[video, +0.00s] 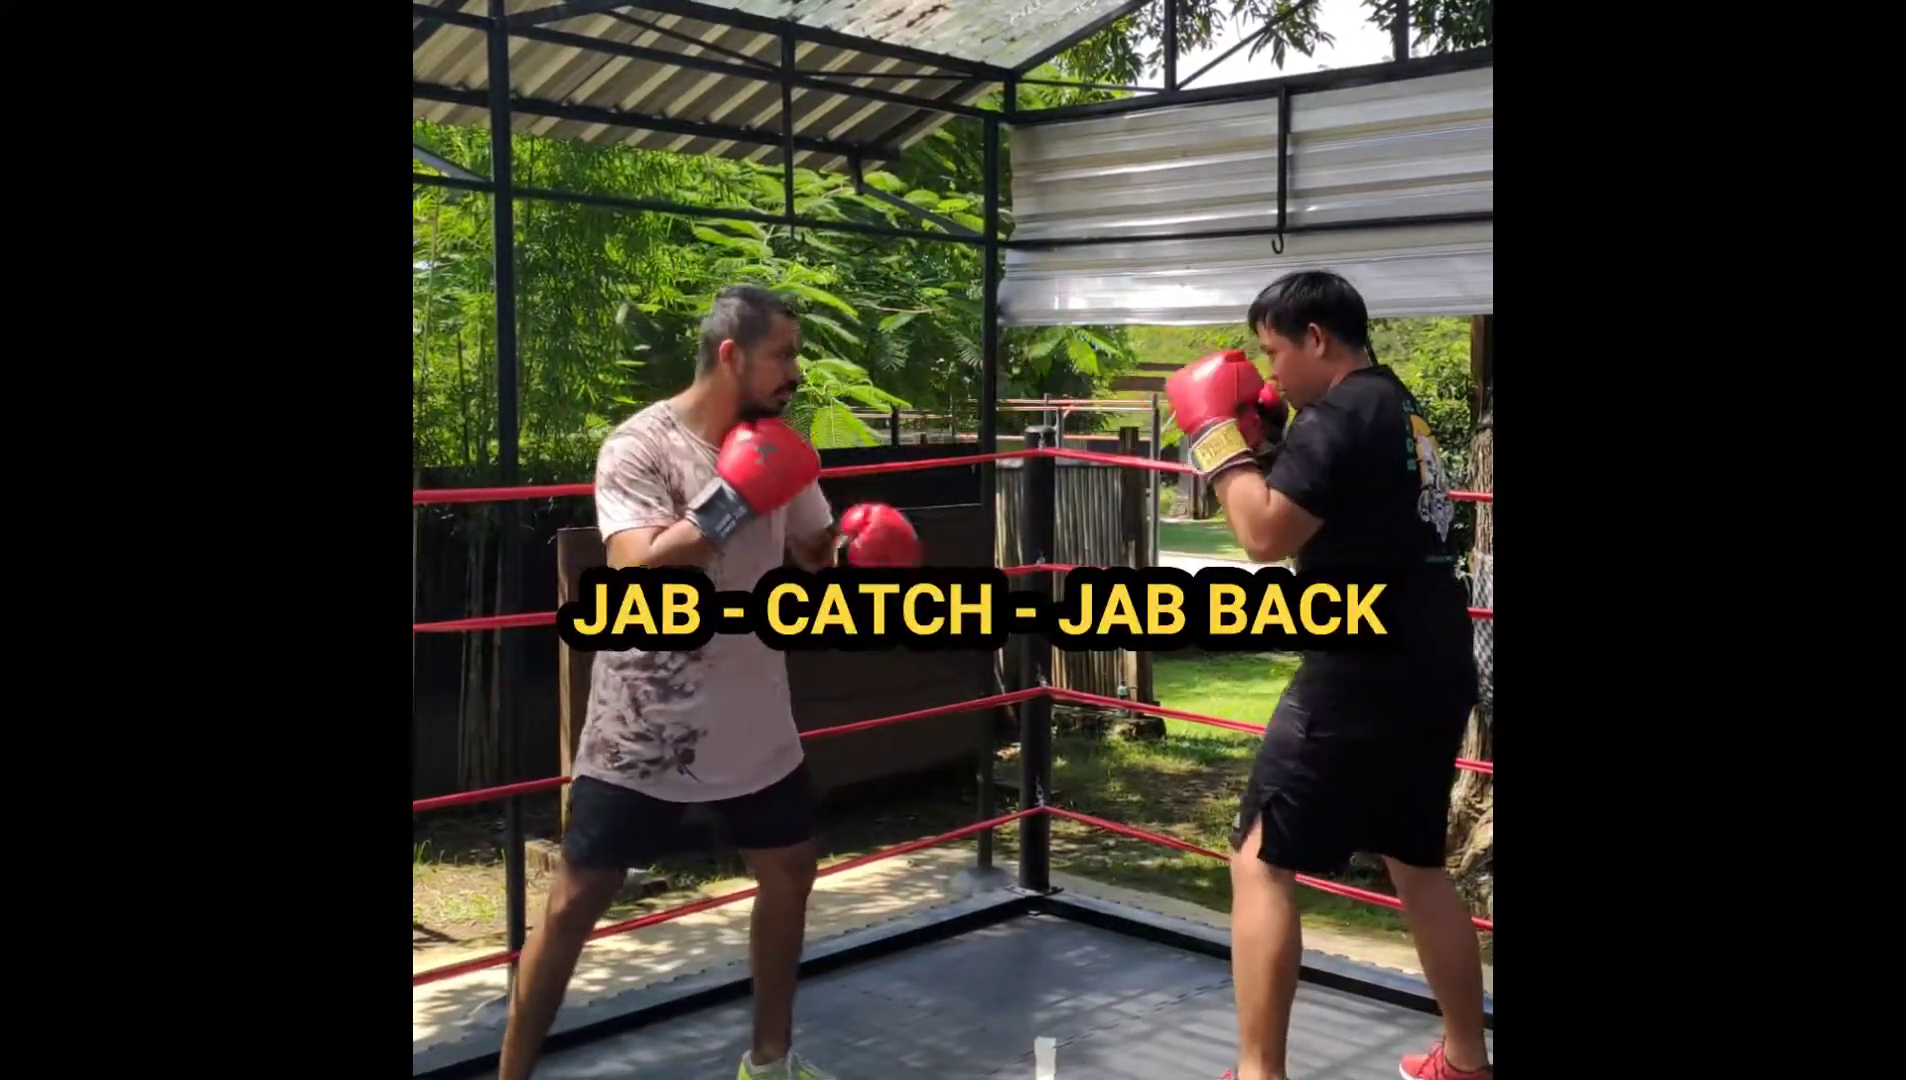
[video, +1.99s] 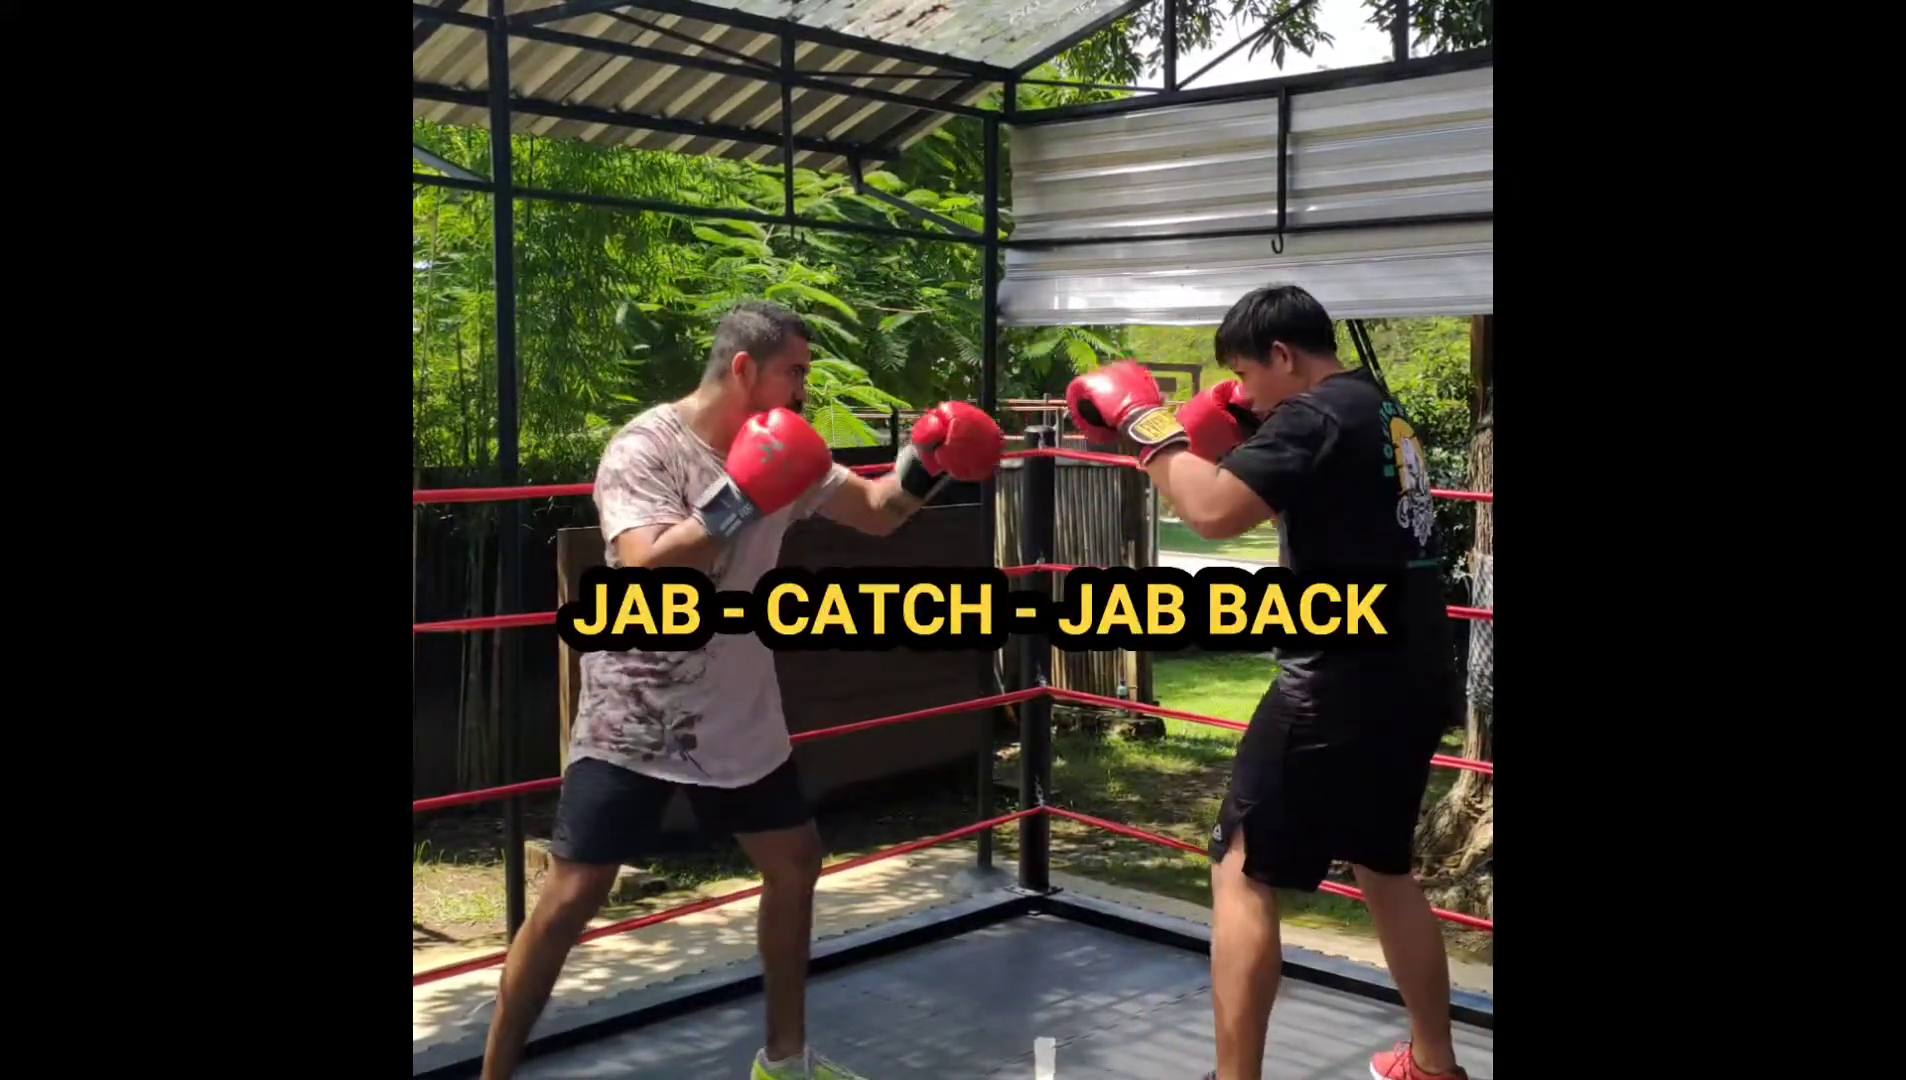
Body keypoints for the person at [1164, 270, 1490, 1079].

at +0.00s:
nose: (1269, 374)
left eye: (1271, 354)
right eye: (1263, 359)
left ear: (1317, 340)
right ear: (1338, 340)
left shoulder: (1342, 415)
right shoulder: (1389, 403)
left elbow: (1266, 532)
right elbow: (1309, 515)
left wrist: (1217, 439)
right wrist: (1260, 435)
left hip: (1358, 668)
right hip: (1434, 667)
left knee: (1260, 858)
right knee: (1419, 861)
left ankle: (1259, 1067)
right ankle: (1467, 1054)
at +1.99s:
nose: (1242, 392)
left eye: (1243, 376)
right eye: (1235, 379)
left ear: (1284, 357)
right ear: (1311, 355)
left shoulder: (1319, 417)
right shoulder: (1378, 404)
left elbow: (1214, 509)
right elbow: (1323, 504)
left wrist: (1144, 425)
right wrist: (1248, 441)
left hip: (1335, 682)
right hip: (1416, 681)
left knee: (1244, 871)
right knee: (1386, 867)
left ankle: (1235, 1072)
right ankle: (1435, 1059)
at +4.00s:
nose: (1247, 384)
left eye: (1246, 367)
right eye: (1241, 371)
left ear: (1280, 348)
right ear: (1325, 342)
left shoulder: (1307, 412)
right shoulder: (1391, 403)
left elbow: (1199, 496)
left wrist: (1150, 406)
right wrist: (1247, 426)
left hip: (1322, 675)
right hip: (1416, 678)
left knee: (1240, 868)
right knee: (1396, 872)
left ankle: (1229, 1069)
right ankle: (1436, 1062)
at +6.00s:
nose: (1233, 388)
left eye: (1232, 368)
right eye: (1226, 374)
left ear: (1273, 347)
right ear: (1308, 343)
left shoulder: (1307, 415)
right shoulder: (1377, 399)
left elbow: (1229, 533)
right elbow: (1326, 503)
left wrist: (1173, 441)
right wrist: (1245, 435)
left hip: (1322, 682)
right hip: (1409, 680)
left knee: (1255, 877)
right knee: (1393, 868)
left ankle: (1244, 1071)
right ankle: (1436, 1063)